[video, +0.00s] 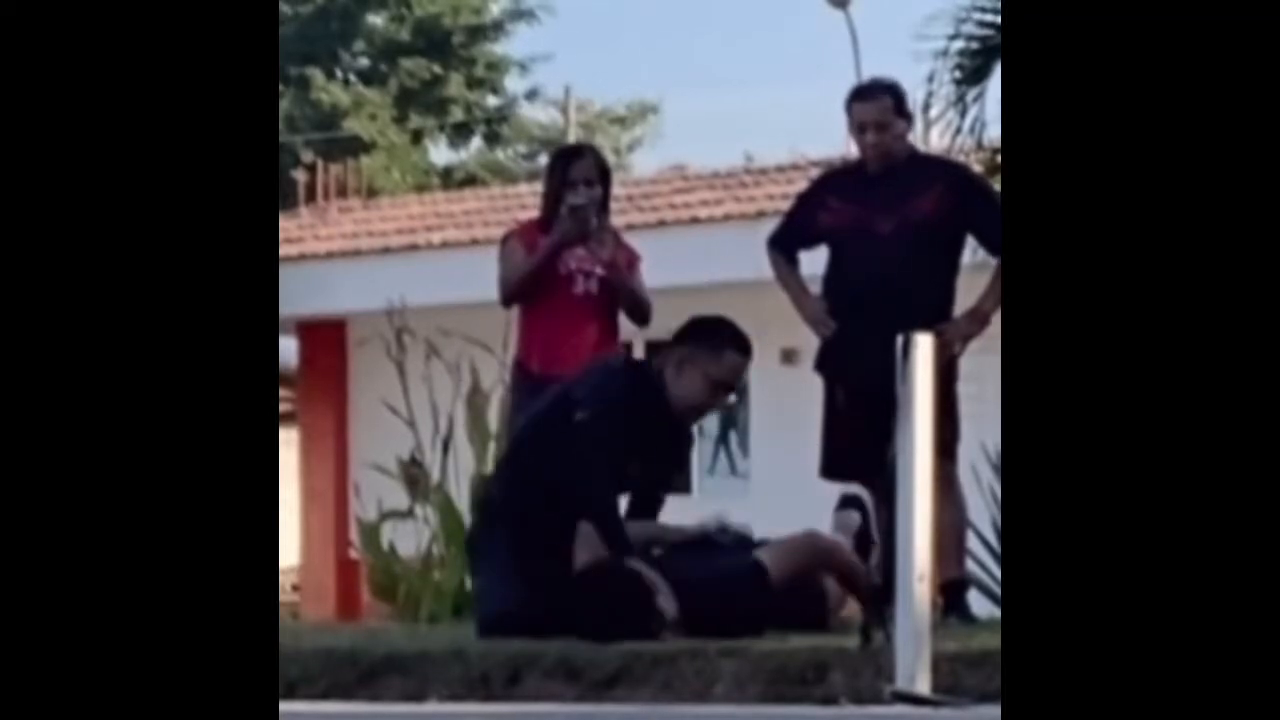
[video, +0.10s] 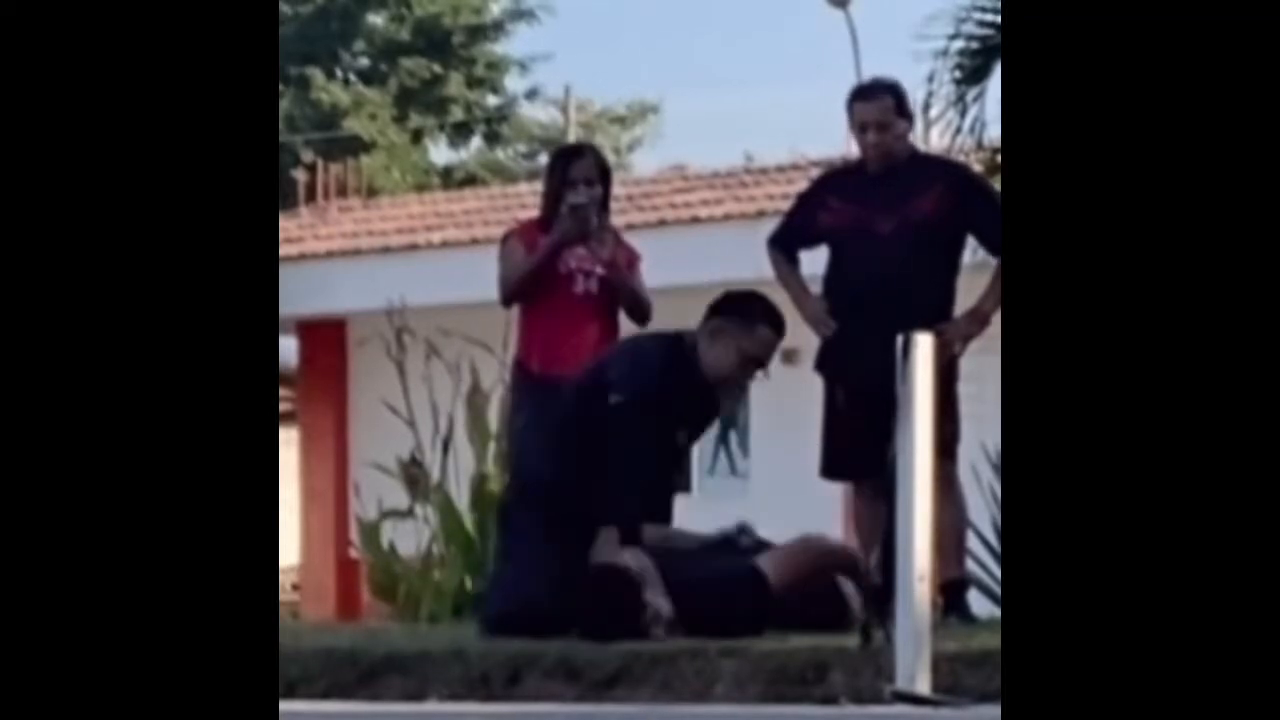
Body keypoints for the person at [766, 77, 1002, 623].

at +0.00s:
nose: (871, 140)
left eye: (881, 127)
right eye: (860, 129)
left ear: (906, 125)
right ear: (850, 132)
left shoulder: (950, 182)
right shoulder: (834, 188)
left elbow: (1003, 249)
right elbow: (779, 248)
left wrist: (975, 319)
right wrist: (813, 313)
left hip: (925, 353)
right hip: (853, 353)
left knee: (935, 475)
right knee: (865, 482)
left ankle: (952, 594)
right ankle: (873, 603)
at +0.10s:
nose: (872, 140)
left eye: (883, 128)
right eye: (862, 129)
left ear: (907, 125)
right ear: (851, 132)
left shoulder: (950, 182)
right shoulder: (834, 188)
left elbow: (1003, 249)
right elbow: (780, 247)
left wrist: (975, 319)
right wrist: (813, 312)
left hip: (926, 352)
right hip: (854, 351)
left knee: (936, 474)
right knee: (865, 481)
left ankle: (951, 592)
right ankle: (872, 595)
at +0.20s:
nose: (872, 141)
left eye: (883, 128)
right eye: (862, 130)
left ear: (908, 126)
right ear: (851, 132)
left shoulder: (951, 182)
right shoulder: (834, 188)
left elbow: (1003, 250)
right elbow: (780, 246)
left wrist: (976, 318)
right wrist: (809, 306)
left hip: (926, 353)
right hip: (854, 353)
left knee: (935, 475)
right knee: (864, 480)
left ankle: (951, 588)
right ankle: (873, 589)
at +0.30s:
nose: (873, 140)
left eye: (884, 127)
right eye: (862, 129)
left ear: (909, 126)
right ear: (852, 132)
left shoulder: (951, 182)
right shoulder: (835, 188)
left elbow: (1004, 250)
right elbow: (780, 246)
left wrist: (976, 319)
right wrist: (812, 308)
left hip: (926, 352)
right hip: (854, 352)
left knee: (936, 475)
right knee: (864, 481)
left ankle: (952, 591)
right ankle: (872, 593)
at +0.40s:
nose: (874, 140)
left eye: (884, 127)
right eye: (863, 129)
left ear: (909, 125)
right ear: (852, 132)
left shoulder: (951, 182)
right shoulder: (835, 188)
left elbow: (1003, 250)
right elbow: (780, 245)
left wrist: (976, 319)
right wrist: (811, 307)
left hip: (926, 352)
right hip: (854, 352)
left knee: (936, 474)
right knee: (865, 481)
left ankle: (951, 590)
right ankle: (875, 592)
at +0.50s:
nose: (873, 140)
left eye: (884, 127)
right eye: (863, 129)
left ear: (909, 125)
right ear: (852, 132)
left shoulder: (951, 182)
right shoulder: (835, 188)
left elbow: (1003, 250)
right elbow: (780, 245)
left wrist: (977, 318)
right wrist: (810, 306)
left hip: (926, 353)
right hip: (854, 352)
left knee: (936, 474)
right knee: (865, 481)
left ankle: (952, 591)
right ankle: (877, 593)